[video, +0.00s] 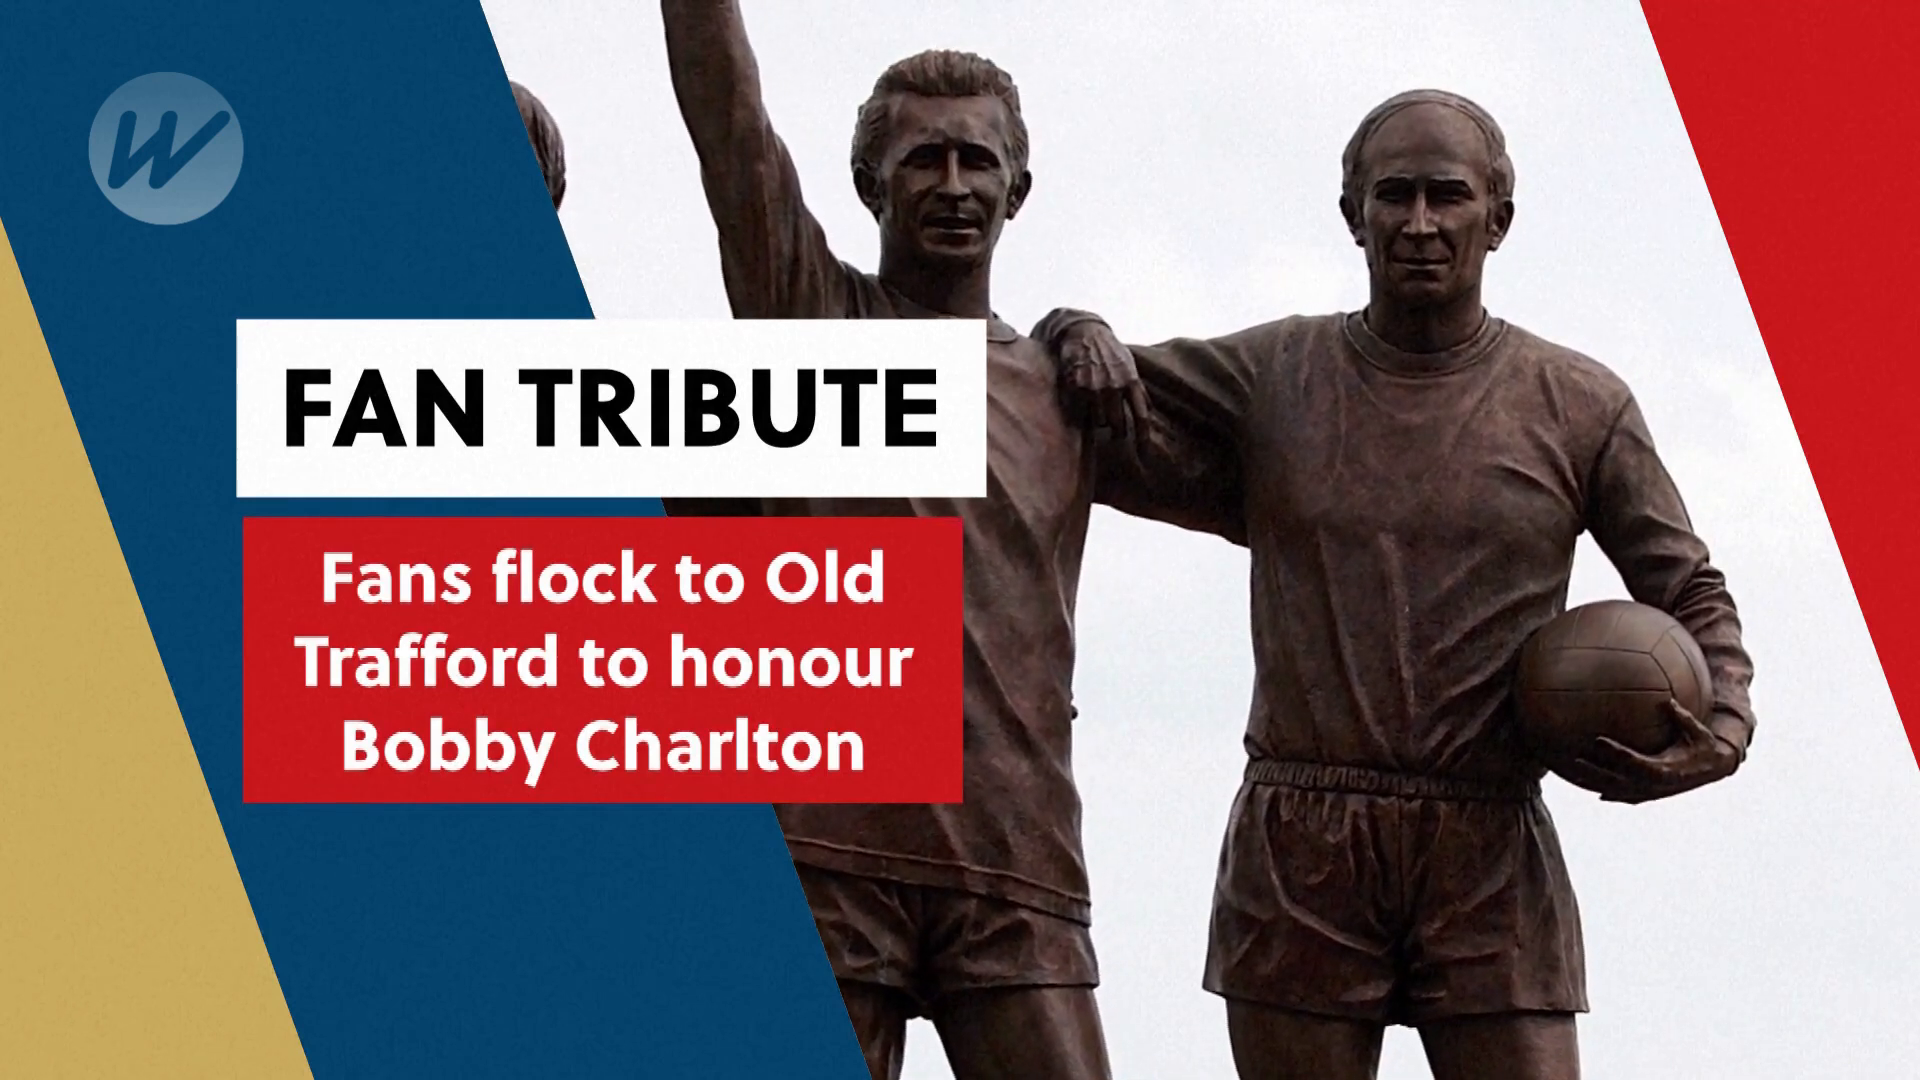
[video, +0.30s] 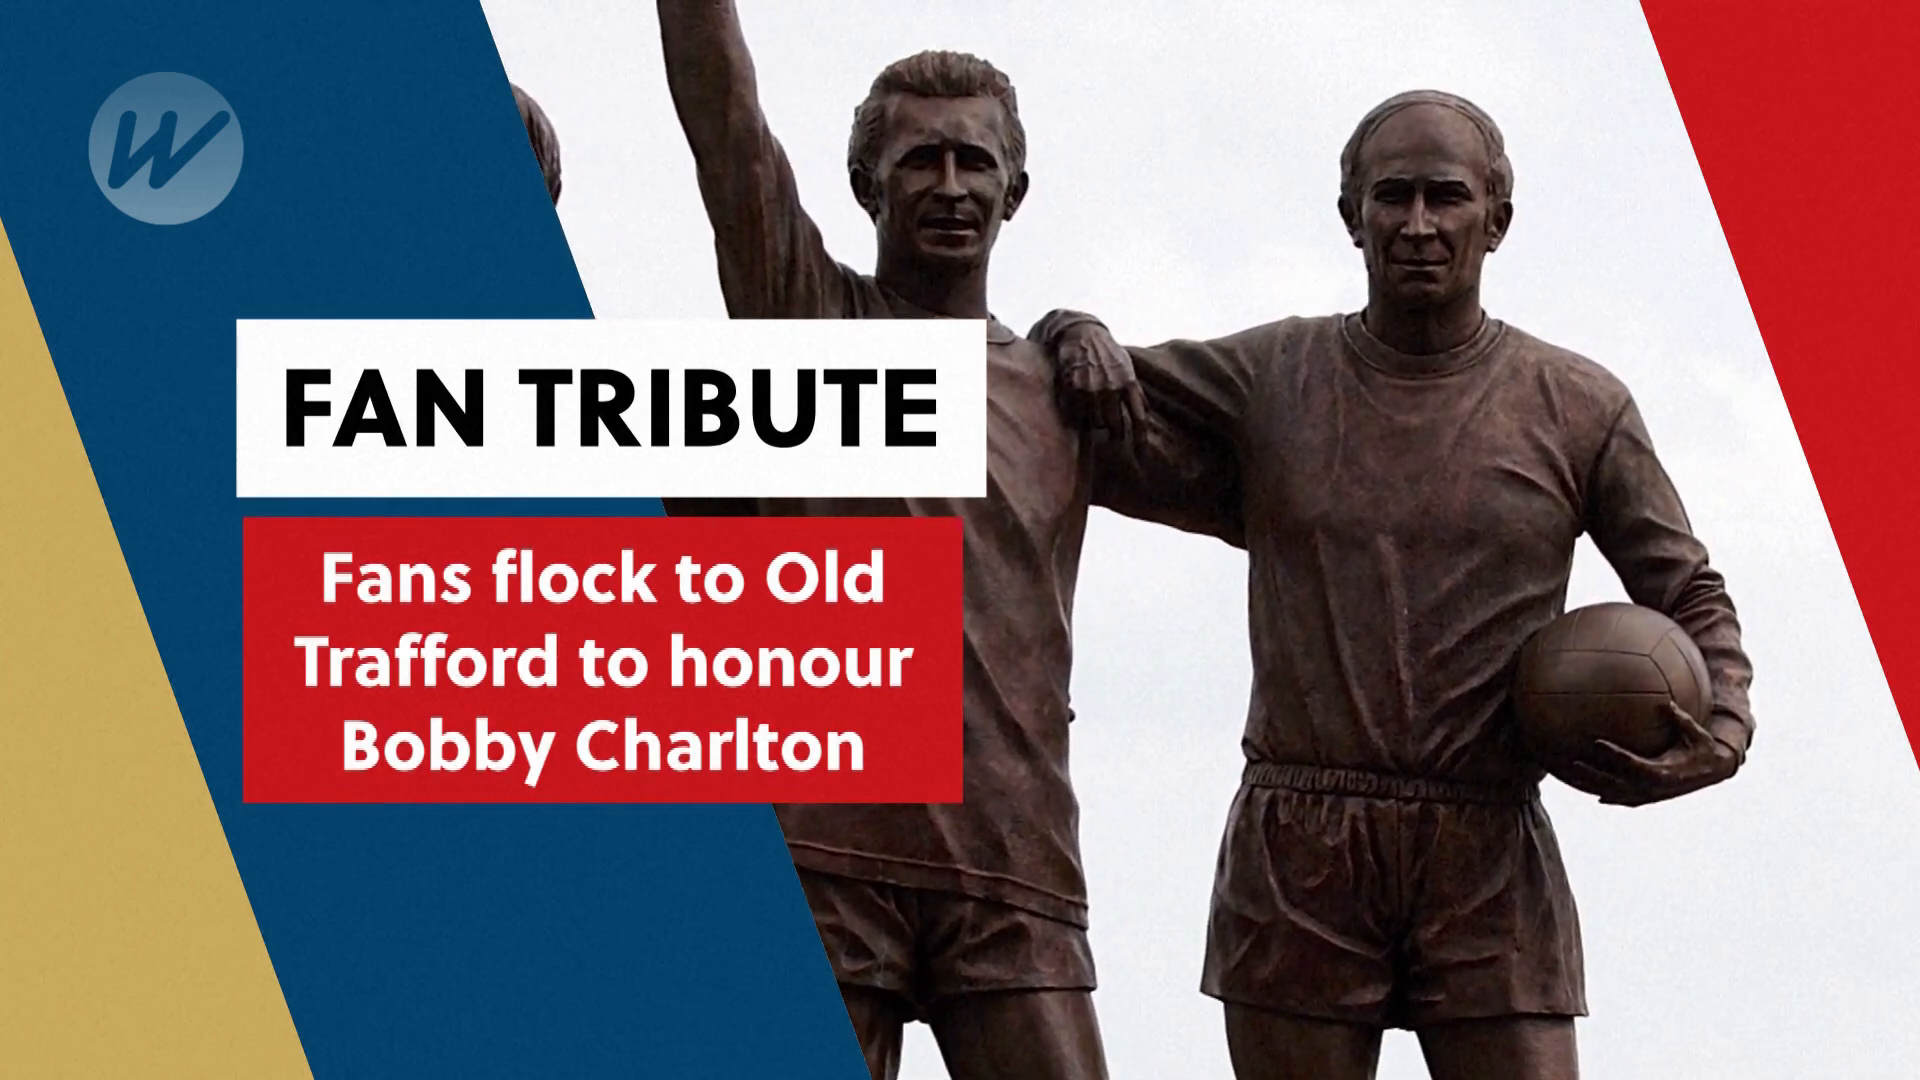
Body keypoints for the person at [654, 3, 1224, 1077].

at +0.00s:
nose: (955, 183)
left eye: (979, 159)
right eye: (924, 159)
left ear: (1017, 187)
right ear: (870, 183)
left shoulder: (1070, 393)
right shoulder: (808, 319)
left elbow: (1270, 487)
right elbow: (729, 125)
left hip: (1017, 867)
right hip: (824, 862)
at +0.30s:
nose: (950, 183)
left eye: (975, 159)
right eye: (920, 160)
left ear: (1013, 188)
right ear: (867, 187)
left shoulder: (1067, 393)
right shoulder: (805, 322)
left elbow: (1274, 491)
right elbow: (726, 131)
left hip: (1014, 870)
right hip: (820, 866)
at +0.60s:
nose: (947, 184)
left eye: (972, 161)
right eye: (917, 160)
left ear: (1010, 191)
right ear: (864, 187)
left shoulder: (1062, 397)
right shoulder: (799, 324)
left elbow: (1269, 491)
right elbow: (720, 124)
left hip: (1010, 874)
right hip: (817, 871)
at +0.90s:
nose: (945, 184)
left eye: (970, 161)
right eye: (915, 161)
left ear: (1008, 192)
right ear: (861, 188)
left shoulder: (1061, 398)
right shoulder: (796, 324)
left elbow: (1268, 495)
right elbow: (714, 121)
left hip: (1009, 874)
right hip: (816, 872)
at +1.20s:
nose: (943, 187)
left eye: (967, 163)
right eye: (912, 163)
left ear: (1005, 193)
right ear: (858, 189)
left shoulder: (1060, 403)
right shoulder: (792, 326)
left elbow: (1265, 502)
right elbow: (711, 125)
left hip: (1005, 879)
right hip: (812, 876)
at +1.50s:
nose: (938, 188)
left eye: (963, 164)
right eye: (906, 163)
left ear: (1002, 195)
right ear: (854, 191)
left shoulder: (1053, 398)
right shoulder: (788, 327)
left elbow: (1261, 501)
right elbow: (710, 135)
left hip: (1003, 882)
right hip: (809, 880)